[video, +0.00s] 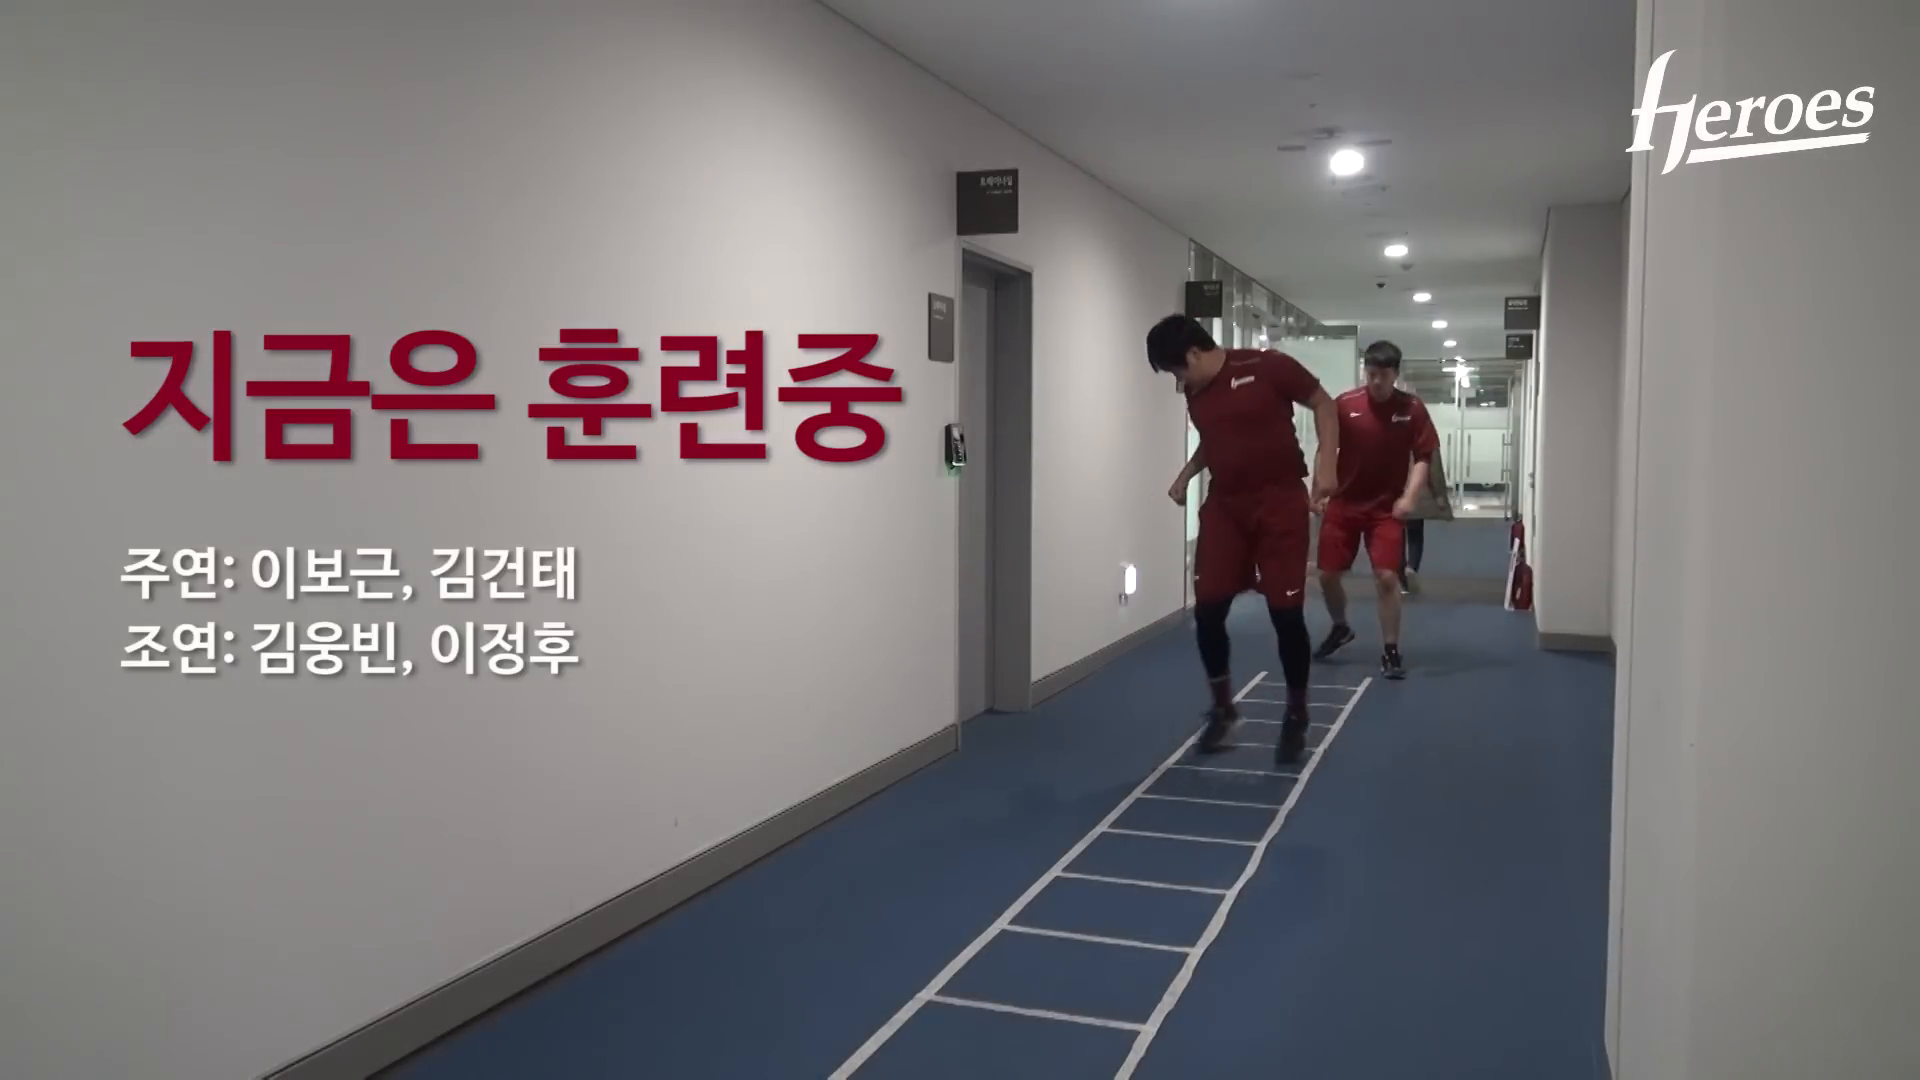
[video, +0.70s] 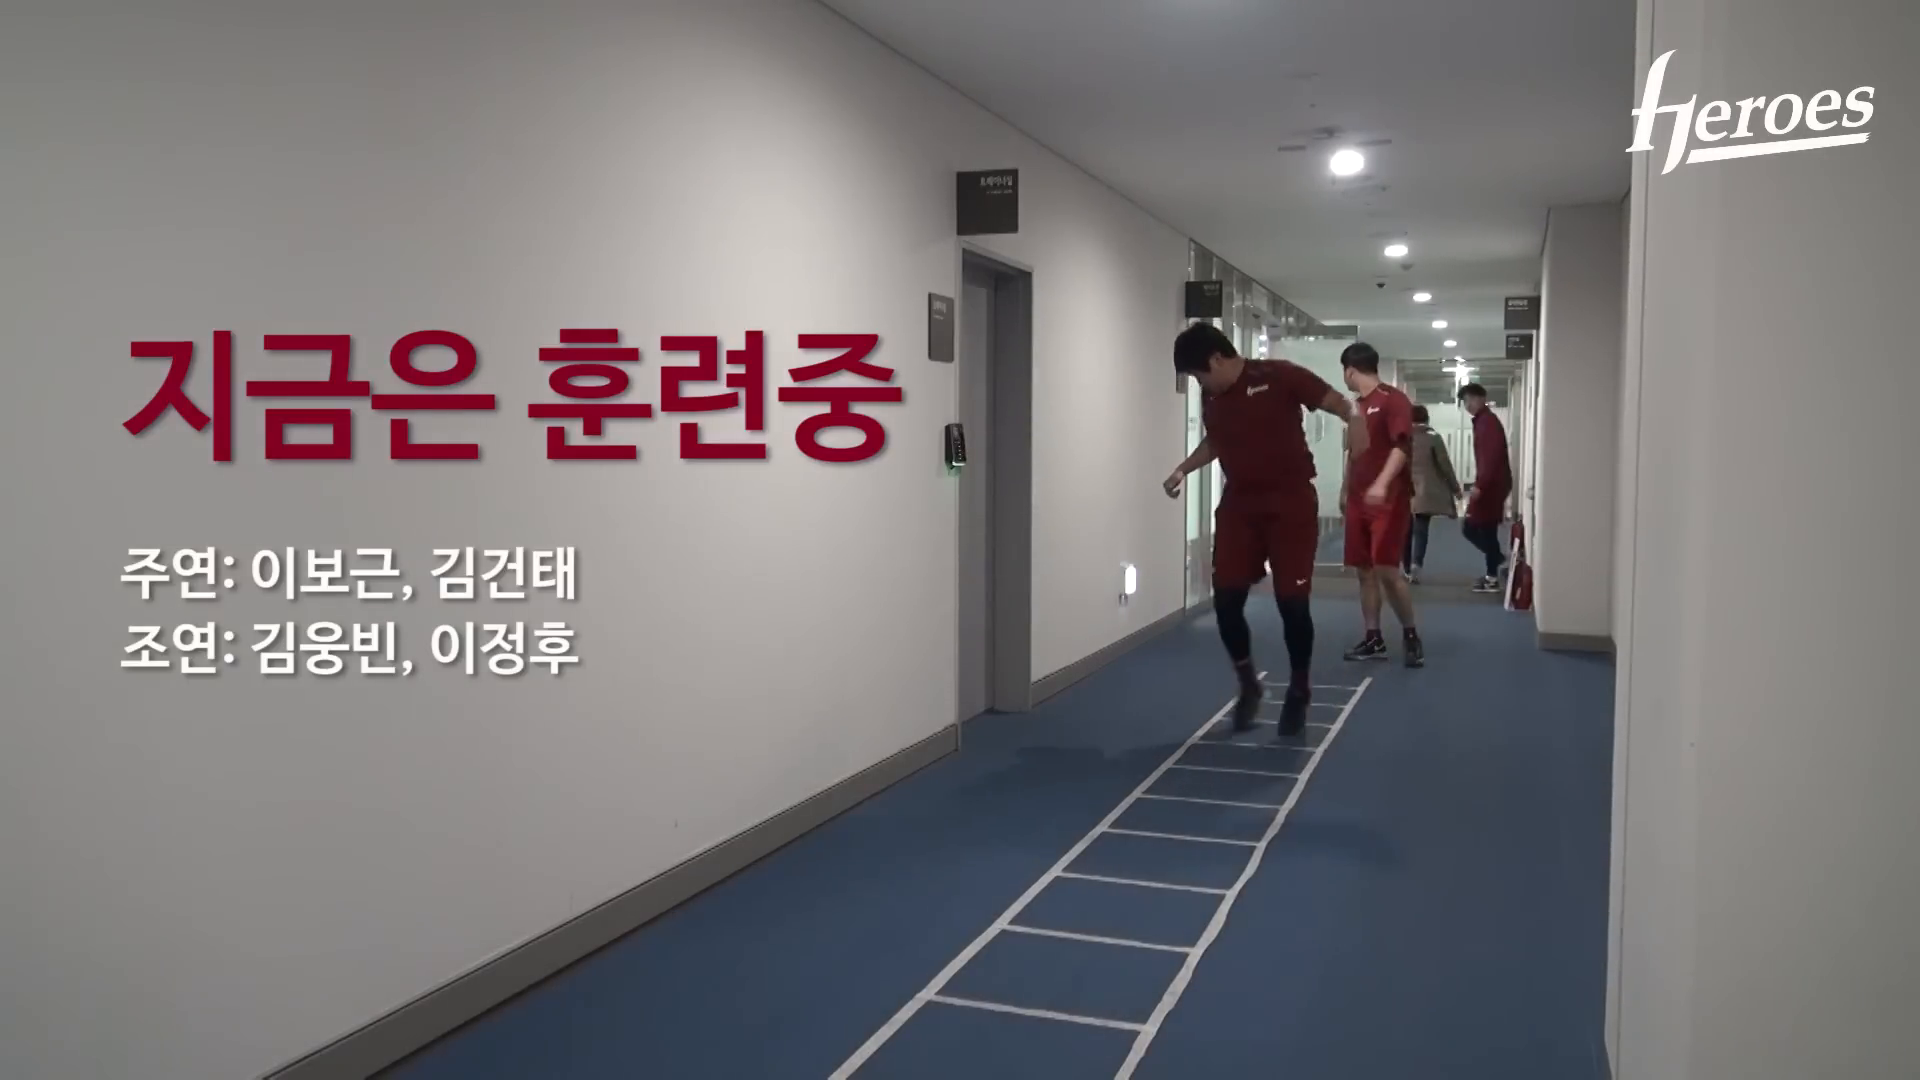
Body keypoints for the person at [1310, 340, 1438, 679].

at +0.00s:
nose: (1378, 380)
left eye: (1385, 374)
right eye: (1372, 373)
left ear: (1397, 374)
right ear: (1364, 371)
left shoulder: (1412, 409)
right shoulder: (1343, 405)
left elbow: (1422, 456)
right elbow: (1325, 448)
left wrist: (1409, 497)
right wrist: (1319, 489)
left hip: (1386, 508)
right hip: (1342, 505)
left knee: (1387, 578)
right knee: (1328, 574)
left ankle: (1391, 650)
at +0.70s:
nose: (1343, 378)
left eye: (1344, 371)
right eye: (1344, 372)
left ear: (1353, 370)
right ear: (1365, 368)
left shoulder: (1395, 400)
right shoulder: (1357, 408)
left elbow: (1402, 446)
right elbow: (1355, 453)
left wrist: (1382, 482)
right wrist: (1347, 489)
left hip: (1389, 497)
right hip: (1359, 497)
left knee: (1386, 568)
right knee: (1365, 569)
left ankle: (1411, 635)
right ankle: (1372, 638)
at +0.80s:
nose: (1351, 376)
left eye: (1351, 370)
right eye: (1352, 371)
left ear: (1359, 369)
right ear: (1374, 367)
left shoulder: (1395, 399)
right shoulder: (1364, 403)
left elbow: (1395, 443)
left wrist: (1360, 465)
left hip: (1391, 502)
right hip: (1363, 502)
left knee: (1391, 573)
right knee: (1368, 570)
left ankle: (1421, 624)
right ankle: (1373, 636)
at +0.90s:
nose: (1361, 376)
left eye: (1361, 370)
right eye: (1361, 371)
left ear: (1366, 369)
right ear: (1386, 366)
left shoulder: (1397, 397)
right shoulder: (1379, 401)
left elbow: (1394, 437)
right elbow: (1379, 443)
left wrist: (1348, 451)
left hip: (1395, 501)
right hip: (1370, 500)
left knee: (1394, 571)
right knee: (1371, 570)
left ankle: (1429, 620)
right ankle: (1373, 637)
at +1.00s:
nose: (1367, 376)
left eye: (1367, 370)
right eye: (1367, 371)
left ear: (1373, 368)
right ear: (1394, 367)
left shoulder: (1402, 397)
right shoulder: (1388, 400)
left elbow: (1397, 435)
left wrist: (1344, 446)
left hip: (1400, 502)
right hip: (1377, 501)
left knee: (1402, 572)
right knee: (1375, 570)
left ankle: (1432, 627)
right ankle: (1373, 636)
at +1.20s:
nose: (1379, 378)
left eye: (1379, 371)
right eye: (1379, 372)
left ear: (1385, 371)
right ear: (1407, 369)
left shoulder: (1416, 401)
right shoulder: (1400, 403)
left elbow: (1417, 445)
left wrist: (1375, 469)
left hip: (1417, 503)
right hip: (1392, 503)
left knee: (1417, 573)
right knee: (1384, 570)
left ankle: (1435, 633)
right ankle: (1374, 635)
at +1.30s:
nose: (1383, 380)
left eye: (1384, 374)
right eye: (1384, 374)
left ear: (1391, 374)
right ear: (1409, 372)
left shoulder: (1425, 406)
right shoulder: (1400, 408)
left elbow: (1428, 455)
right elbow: (1400, 457)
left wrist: (1406, 494)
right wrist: (1389, 490)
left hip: (1424, 502)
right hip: (1397, 500)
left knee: (1422, 572)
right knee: (1389, 570)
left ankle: (1435, 635)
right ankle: (1373, 634)